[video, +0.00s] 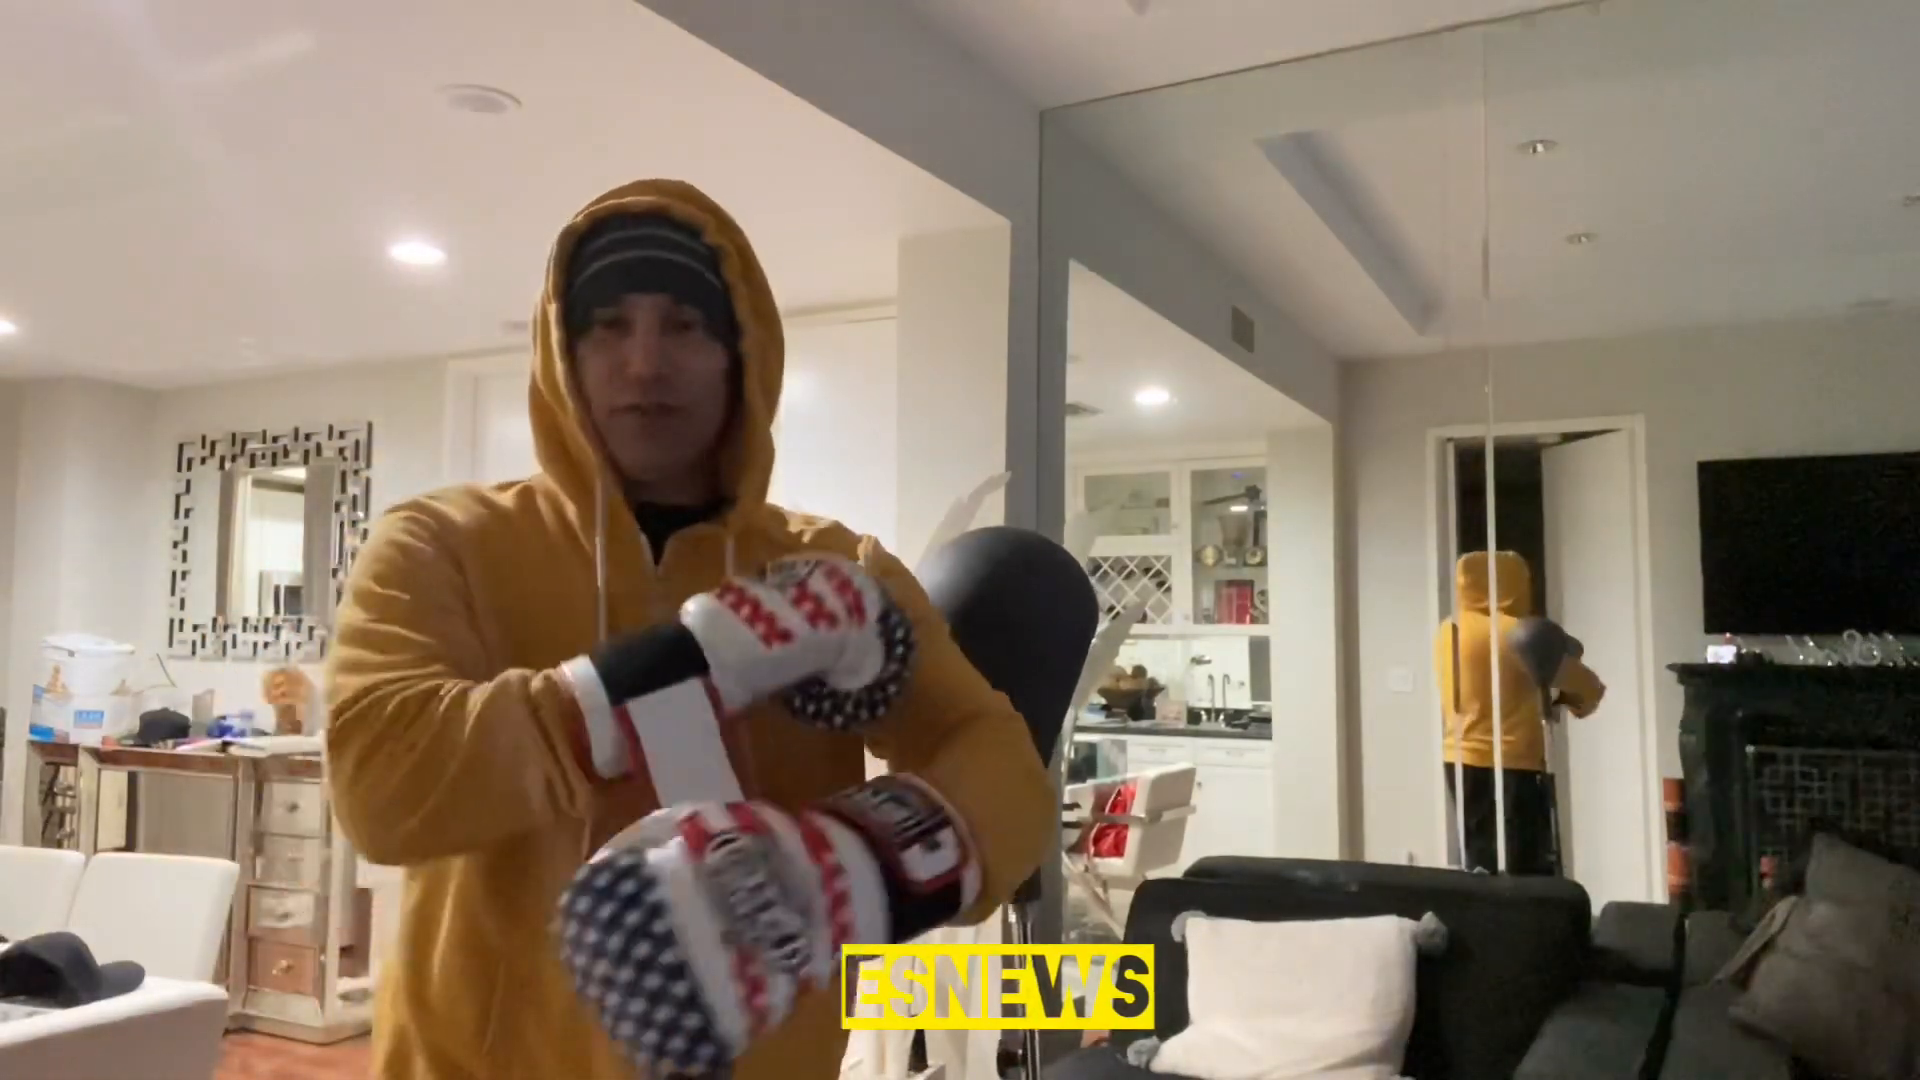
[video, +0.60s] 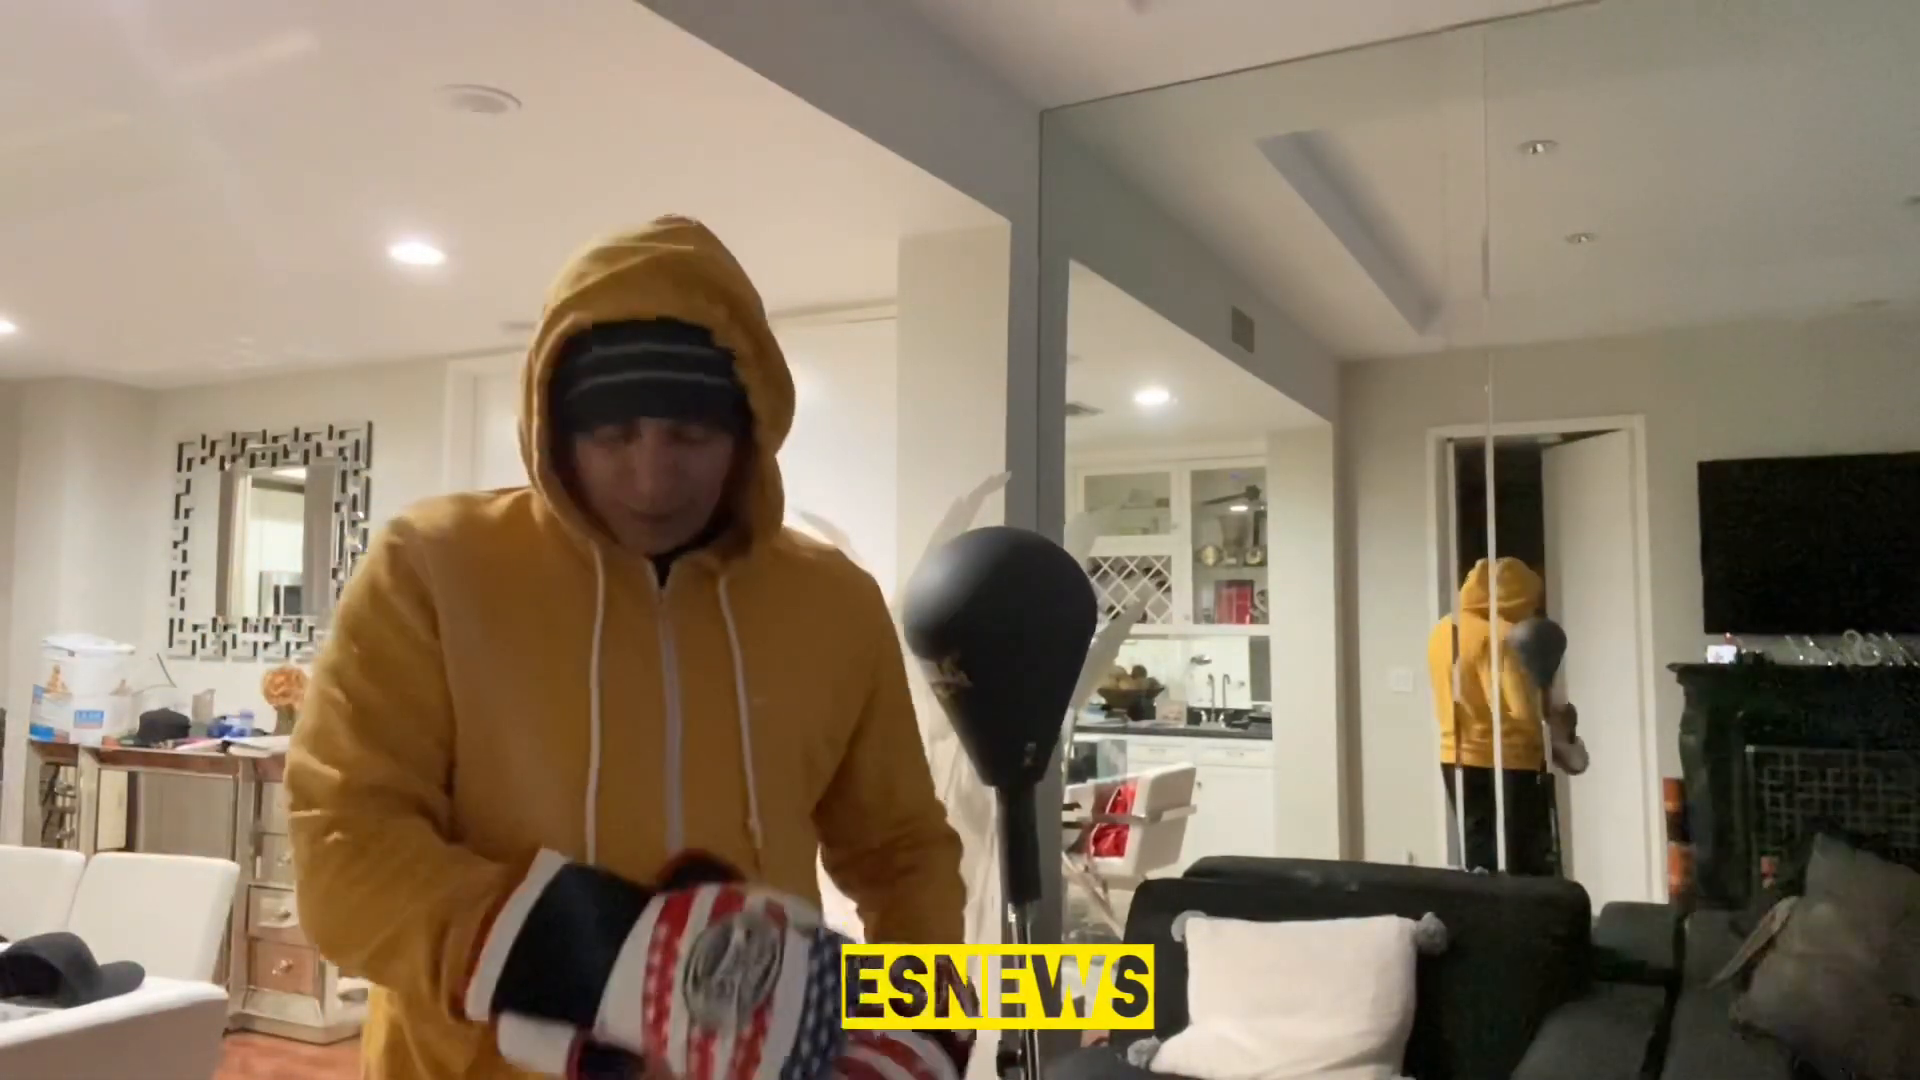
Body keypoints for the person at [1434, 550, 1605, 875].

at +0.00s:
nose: (1527, 590)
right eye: (1522, 584)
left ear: (1466, 587)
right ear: (1513, 587)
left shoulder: (1446, 634)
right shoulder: (1525, 635)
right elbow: (1589, 690)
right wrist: (1566, 701)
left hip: (1461, 764)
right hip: (1518, 767)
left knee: (1476, 859)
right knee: (1527, 864)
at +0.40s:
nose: (1529, 599)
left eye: (1527, 591)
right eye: (1525, 590)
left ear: (1469, 587)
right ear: (1514, 591)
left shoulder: (1443, 632)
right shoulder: (1515, 637)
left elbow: (1453, 690)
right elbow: (1555, 703)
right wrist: (1571, 693)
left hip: (1459, 764)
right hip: (1516, 766)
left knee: (1477, 857)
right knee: (1529, 859)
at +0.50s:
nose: (1528, 600)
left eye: (1528, 593)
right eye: (1525, 592)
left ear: (1471, 588)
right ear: (1514, 592)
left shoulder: (1442, 632)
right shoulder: (1509, 636)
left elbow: (1451, 695)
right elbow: (1538, 704)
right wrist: (1565, 725)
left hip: (1459, 766)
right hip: (1513, 768)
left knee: (1478, 857)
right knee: (1526, 860)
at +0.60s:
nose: (1534, 607)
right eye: (1531, 600)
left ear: (1472, 590)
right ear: (1521, 596)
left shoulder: (1443, 633)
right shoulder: (1529, 637)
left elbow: (1448, 700)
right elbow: (1555, 706)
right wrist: (1565, 744)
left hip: (1460, 763)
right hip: (1519, 765)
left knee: (1477, 851)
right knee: (1529, 854)